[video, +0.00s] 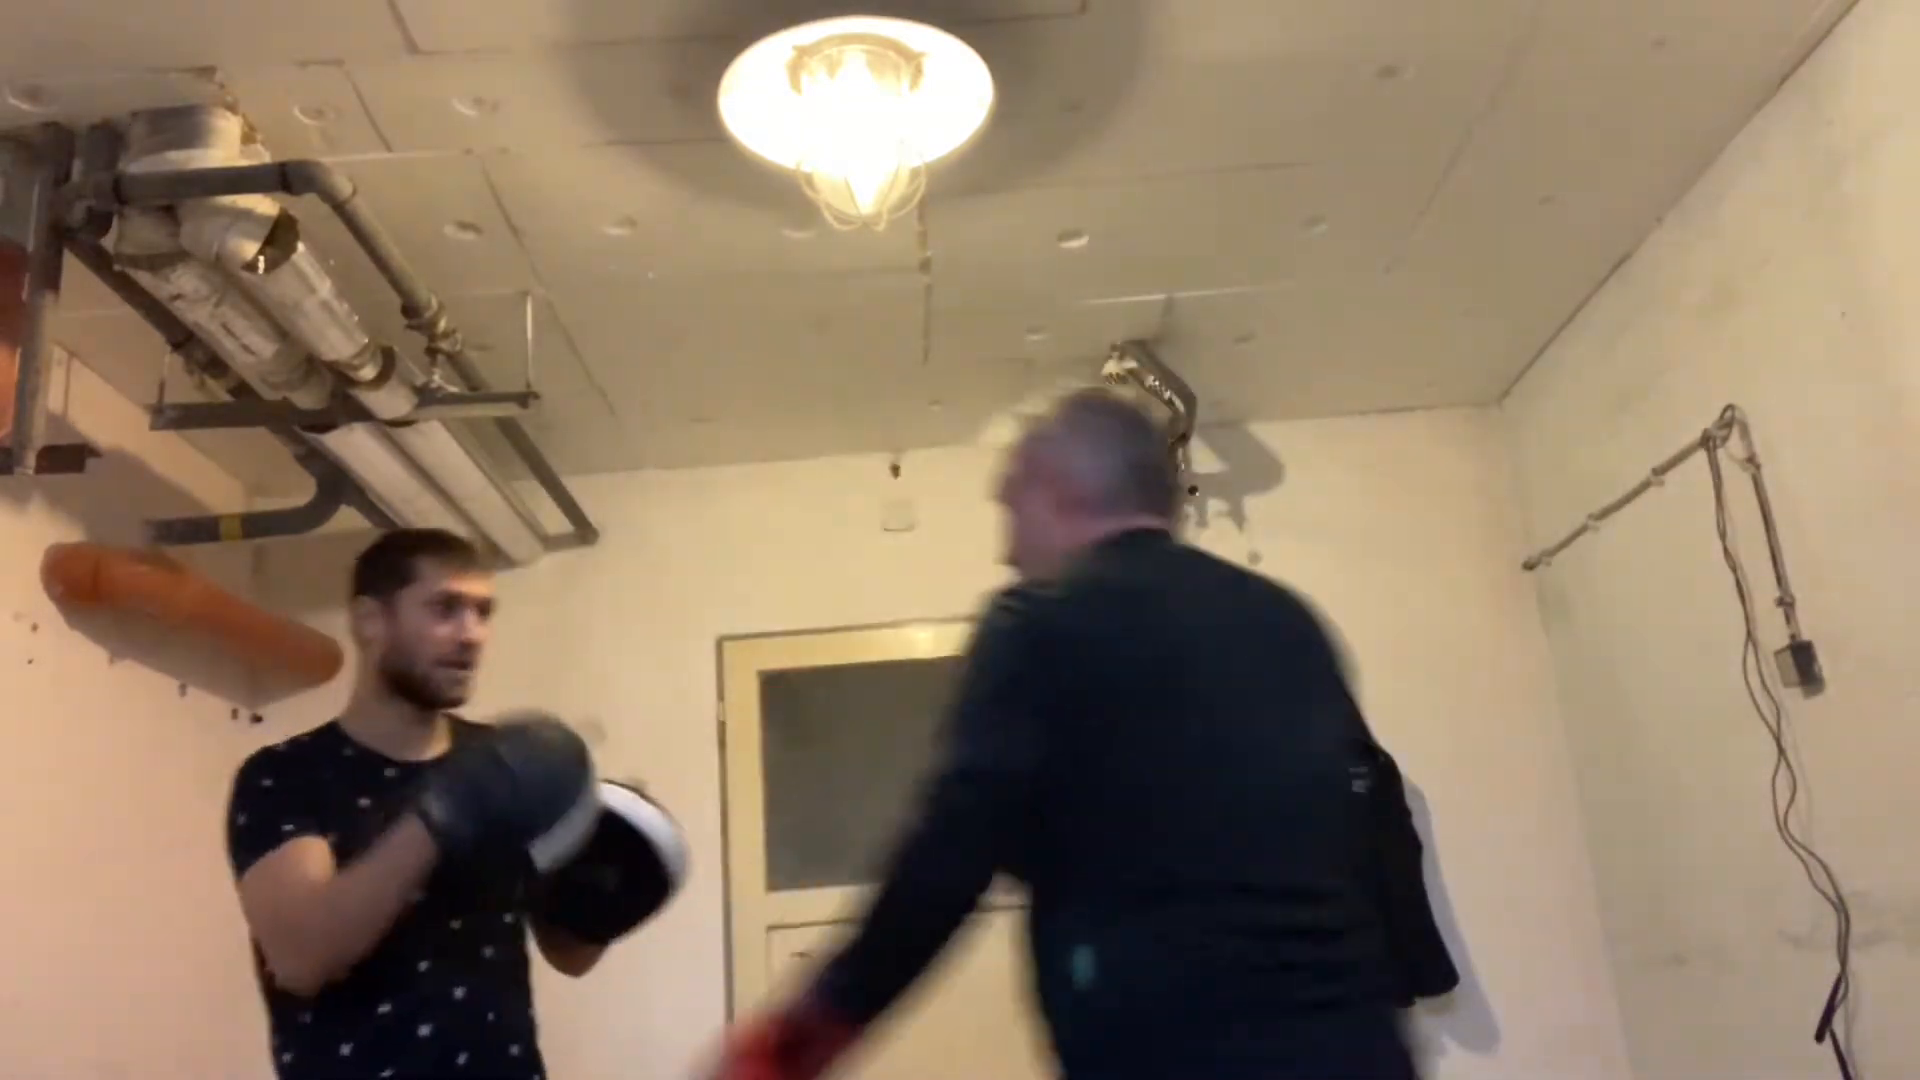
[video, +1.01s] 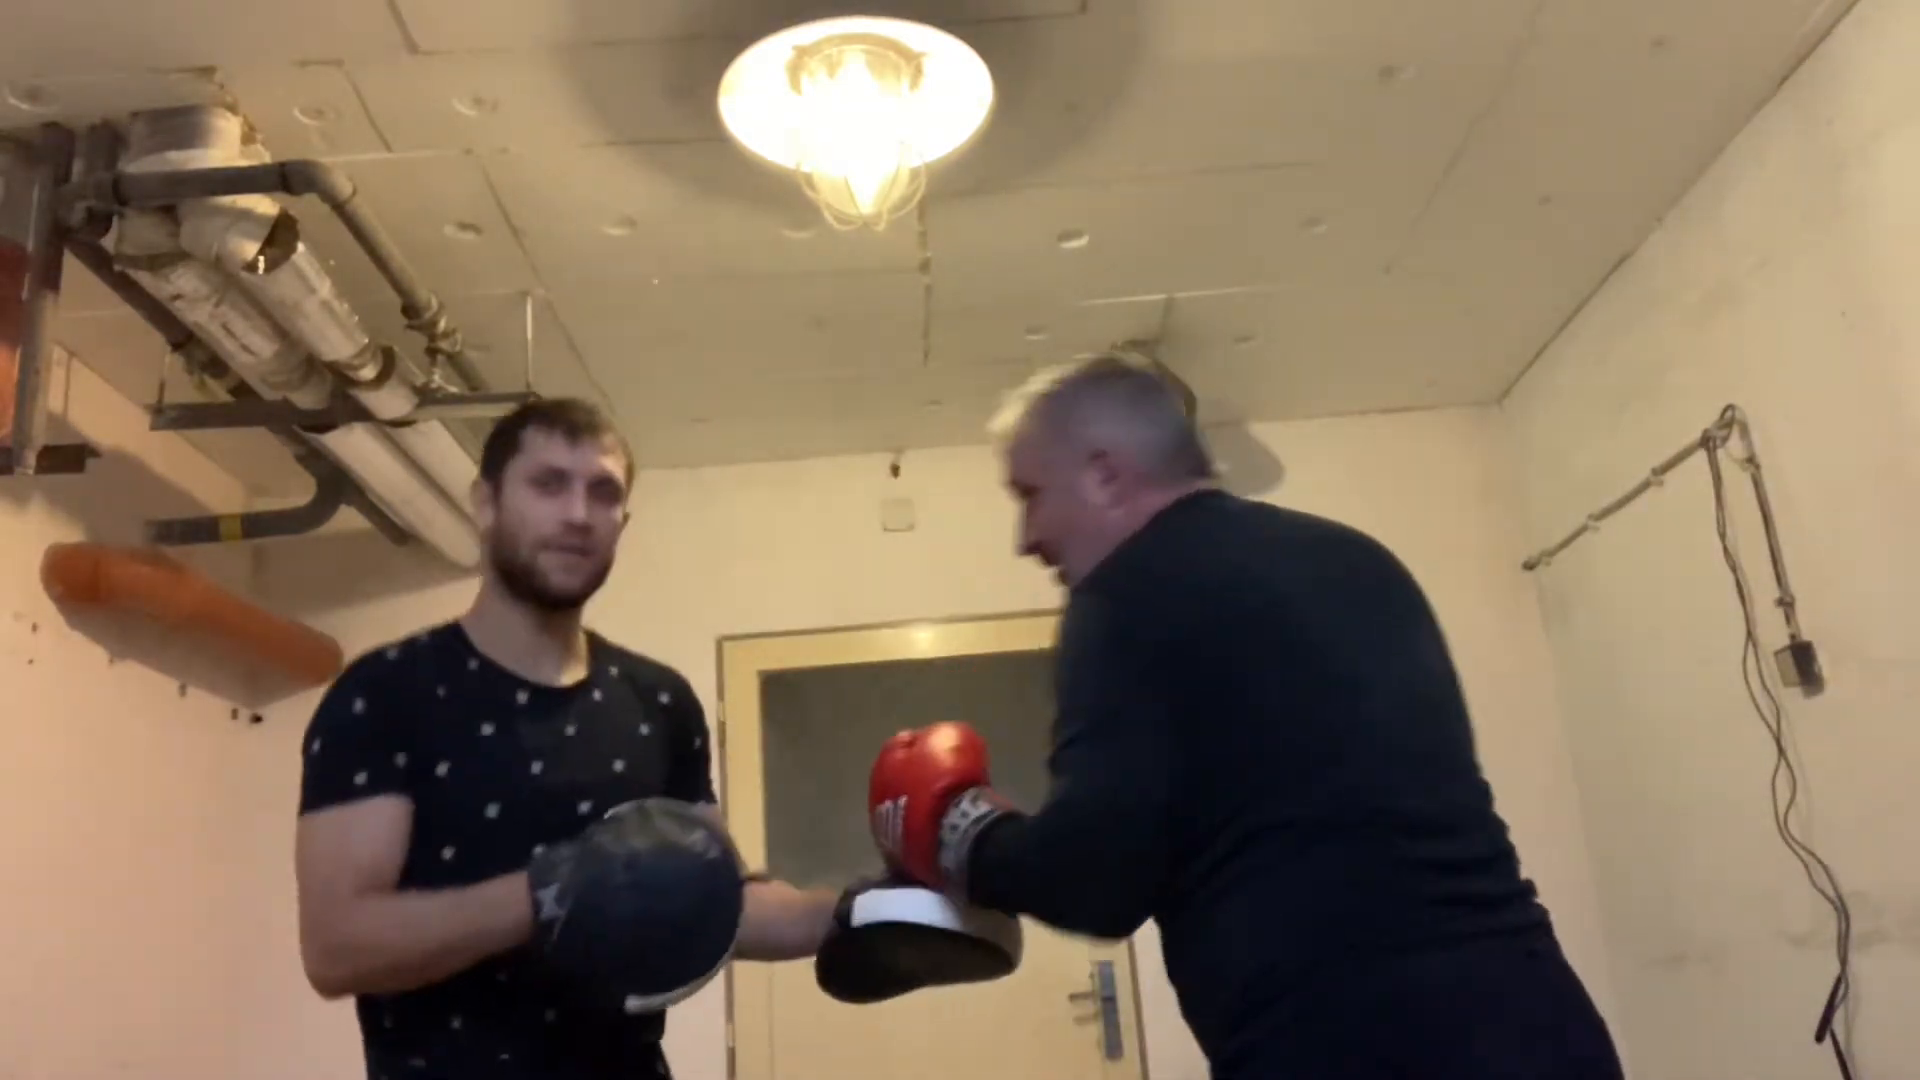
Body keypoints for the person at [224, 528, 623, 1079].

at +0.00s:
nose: (471, 634)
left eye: (482, 614)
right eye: (445, 610)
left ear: (491, 624)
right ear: (369, 622)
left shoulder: (503, 765)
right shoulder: (282, 779)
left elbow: (571, 954)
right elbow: (301, 953)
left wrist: (597, 881)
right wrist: (445, 812)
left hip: (501, 1066)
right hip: (354, 1069)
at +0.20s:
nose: (571, 625)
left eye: (579, 606)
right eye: (545, 600)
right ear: (468, 610)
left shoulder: (590, 772)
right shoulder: (360, 767)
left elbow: (613, 967)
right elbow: (339, 970)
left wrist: (661, 916)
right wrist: (501, 909)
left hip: (555, 1066)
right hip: (406, 1068)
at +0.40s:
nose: (644, 613)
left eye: (650, 595)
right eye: (619, 587)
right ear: (544, 593)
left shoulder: (655, 763)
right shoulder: (427, 746)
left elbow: (654, 957)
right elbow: (382, 951)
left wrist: (718, 923)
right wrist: (548, 913)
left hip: (603, 1065)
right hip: (452, 1067)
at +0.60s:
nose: (653, 598)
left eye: (661, 579)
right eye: (626, 571)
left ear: (671, 589)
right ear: (551, 579)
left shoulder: (681, 751)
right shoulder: (443, 741)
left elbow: (732, 951)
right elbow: (397, 955)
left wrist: (793, 900)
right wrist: (566, 900)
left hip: (628, 1064)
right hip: (474, 1065)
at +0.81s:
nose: (591, 575)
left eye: (611, 554)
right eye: (560, 546)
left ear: (629, 574)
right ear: (499, 560)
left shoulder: (669, 739)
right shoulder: (406, 747)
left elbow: (743, 914)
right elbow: (367, 981)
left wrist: (841, 918)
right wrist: (540, 929)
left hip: (630, 1067)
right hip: (467, 1069)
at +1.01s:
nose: (580, 513)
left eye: (603, 493)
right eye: (549, 483)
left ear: (622, 525)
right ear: (485, 503)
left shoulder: (661, 705)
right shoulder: (386, 697)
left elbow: (705, 897)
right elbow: (339, 946)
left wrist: (856, 912)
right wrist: (554, 891)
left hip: (621, 1059)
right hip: (446, 1063)